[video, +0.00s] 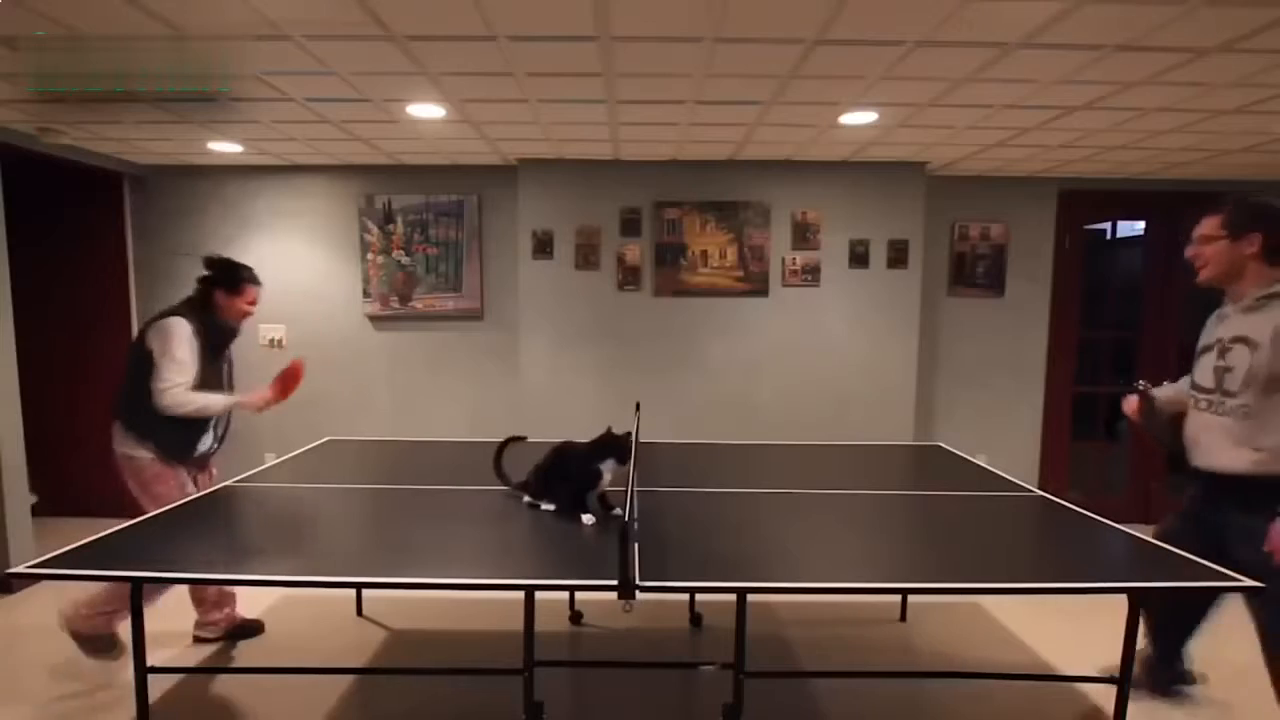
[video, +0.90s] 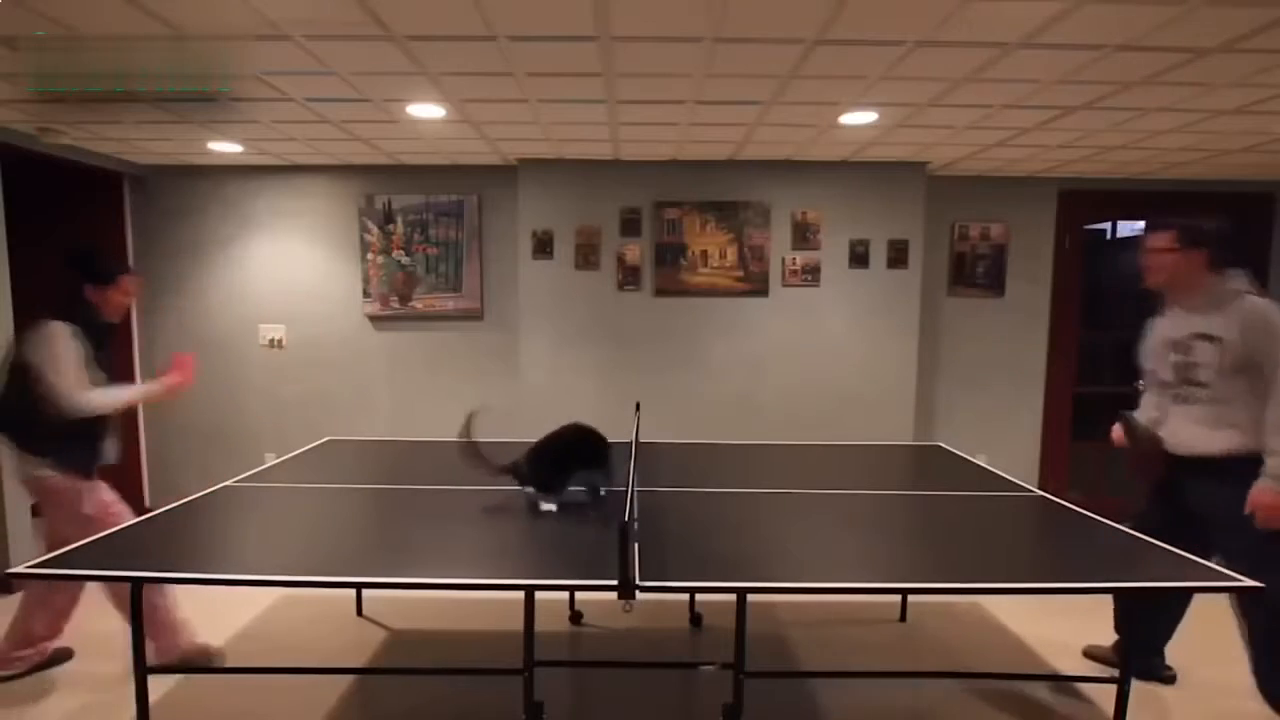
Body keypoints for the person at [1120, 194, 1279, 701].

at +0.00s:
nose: (1192, 253)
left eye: (1205, 241)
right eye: (1193, 242)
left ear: (1249, 246)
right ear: (1242, 247)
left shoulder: (1275, 313)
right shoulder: (1220, 317)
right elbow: (1204, 385)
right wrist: (1154, 400)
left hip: (1264, 493)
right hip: (1211, 489)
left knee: (1274, 621)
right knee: (1164, 581)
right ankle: (1166, 668)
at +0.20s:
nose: (1145, 280)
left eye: (1153, 269)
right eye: (1144, 270)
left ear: (1190, 269)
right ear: (1185, 273)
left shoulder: (1227, 325)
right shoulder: (1198, 320)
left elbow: (1240, 423)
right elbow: (1183, 376)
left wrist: (1212, 501)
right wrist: (1129, 382)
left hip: (1206, 483)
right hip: (1176, 477)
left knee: (1233, 610)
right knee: (1127, 565)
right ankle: (1140, 659)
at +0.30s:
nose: (1129, 269)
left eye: (1137, 258)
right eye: (1127, 258)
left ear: (1171, 259)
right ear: (1165, 262)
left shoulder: (1216, 310)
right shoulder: (1172, 310)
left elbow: (1234, 403)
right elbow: (1148, 349)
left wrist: (1201, 476)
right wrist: (1083, 343)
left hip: (1212, 457)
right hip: (1169, 454)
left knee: (1230, 587)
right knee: (1141, 556)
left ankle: (1270, 696)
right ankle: (1138, 653)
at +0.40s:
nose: (1123, 260)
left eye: (1132, 249)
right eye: (1123, 250)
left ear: (1168, 250)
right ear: (1155, 255)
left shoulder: (1221, 303)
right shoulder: (1127, 313)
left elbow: (1253, 382)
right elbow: (1059, 321)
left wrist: (1233, 456)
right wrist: (995, 318)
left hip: (1204, 450)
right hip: (1149, 450)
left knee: (1223, 579)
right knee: (1145, 555)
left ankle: (1250, 702)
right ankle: (1139, 651)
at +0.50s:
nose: (1124, 257)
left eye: (1133, 247)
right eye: (1123, 248)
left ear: (1169, 249)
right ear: (1129, 255)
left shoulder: (1222, 304)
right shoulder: (1120, 313)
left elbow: (1256, 377)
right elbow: (1059, 327)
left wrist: (1252, 448)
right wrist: (1000, 329)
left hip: (1203, 446)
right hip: (1146, 447)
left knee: (1205, 573)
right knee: (1140, 553)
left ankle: (1214, 703)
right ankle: (1139, 650)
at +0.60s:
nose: (1117, 259)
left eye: (1127, 249)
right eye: (1115, 250)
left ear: (1163, 252)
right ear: (1119, 258)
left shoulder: (1216, 304)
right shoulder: (1118, 318)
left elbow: (1255, 378)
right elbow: (1087, 368)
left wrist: (1263, 453)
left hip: (1205, 445)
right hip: (1147, 448)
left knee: (1204, 567)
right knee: (1135, 552)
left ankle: (1234, 701)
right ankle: (1139, 651)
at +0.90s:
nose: (1147, 262)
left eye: (1158, 252)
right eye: (1147, 253)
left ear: (1195, 257)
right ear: (1151, 261)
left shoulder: (1255, 315)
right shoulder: (1161, 325)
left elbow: (1279, 397)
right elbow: (1157, 394)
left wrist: (1272, 475)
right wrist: (1137, 424)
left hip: (1240, 475)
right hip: (1177, 472)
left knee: (1261, 595)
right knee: (1149, 560)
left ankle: (1275, 688)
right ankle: (1141, 651)